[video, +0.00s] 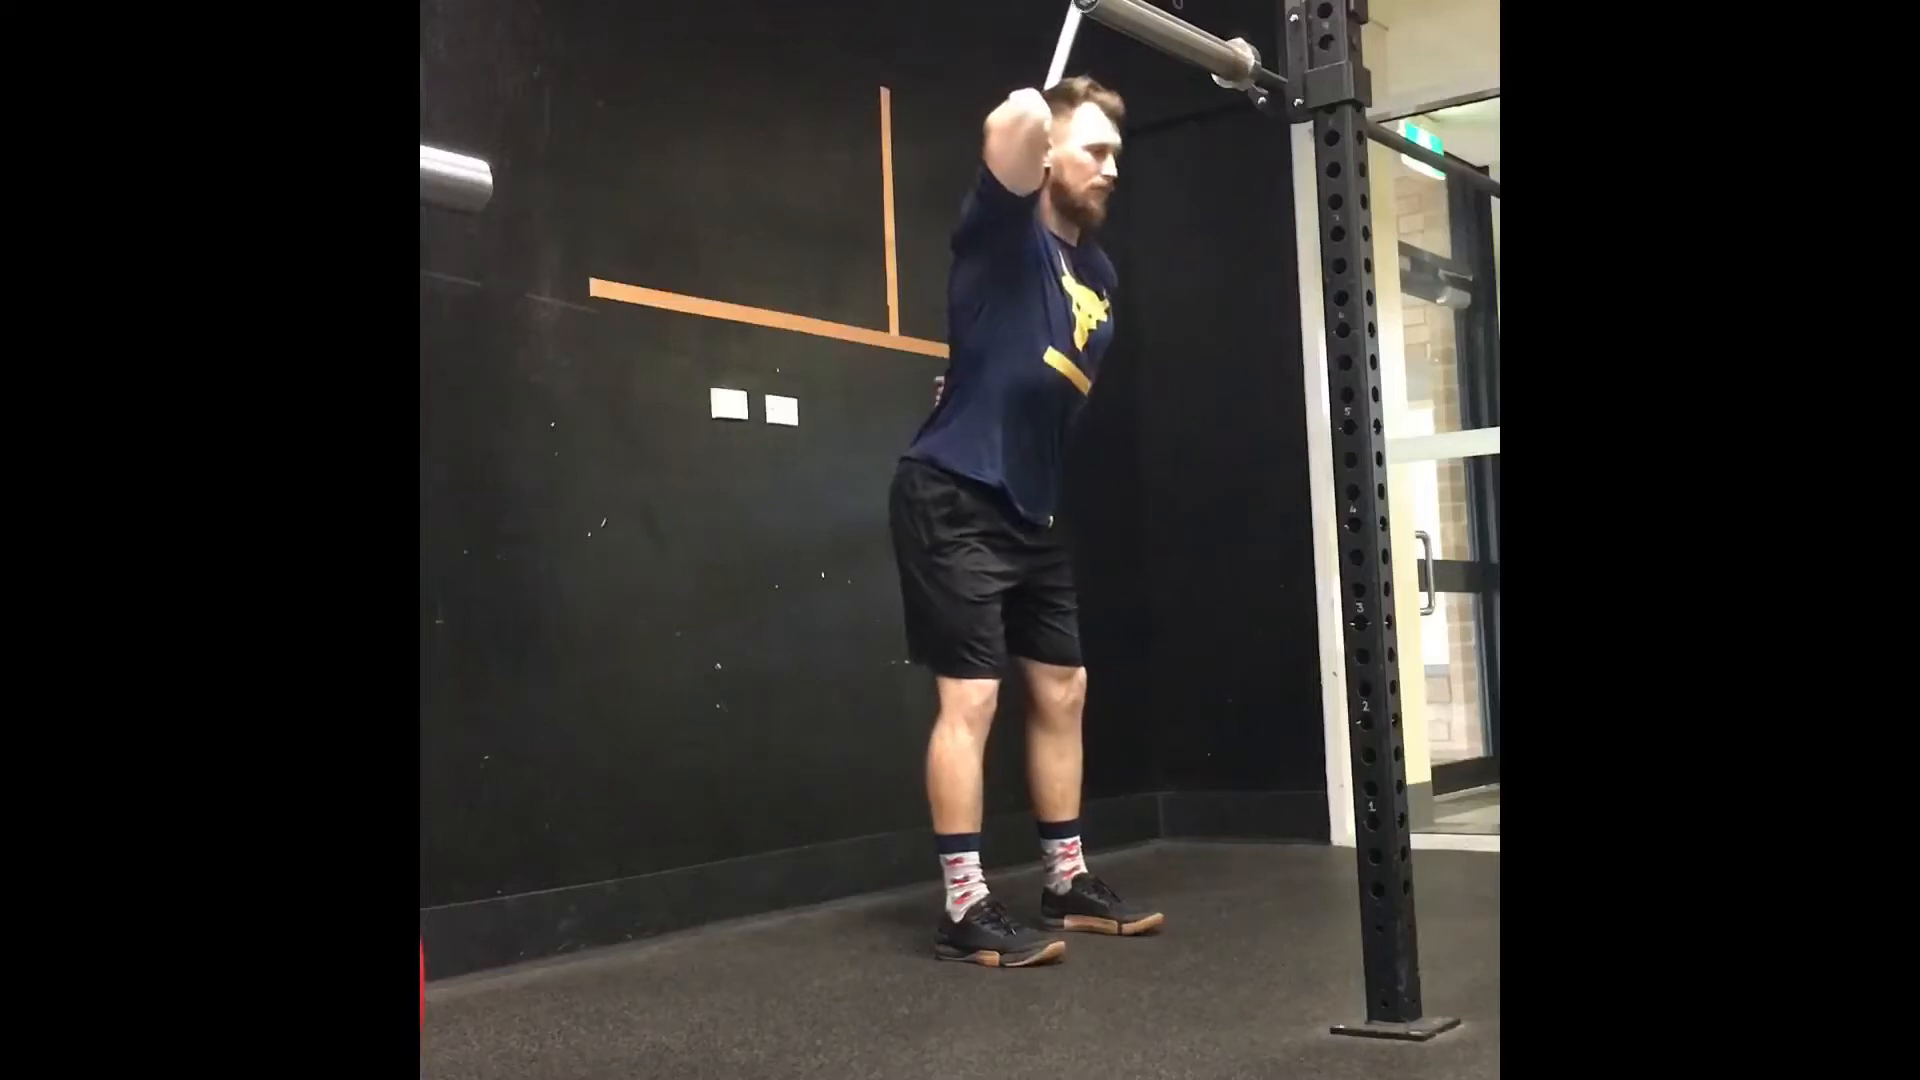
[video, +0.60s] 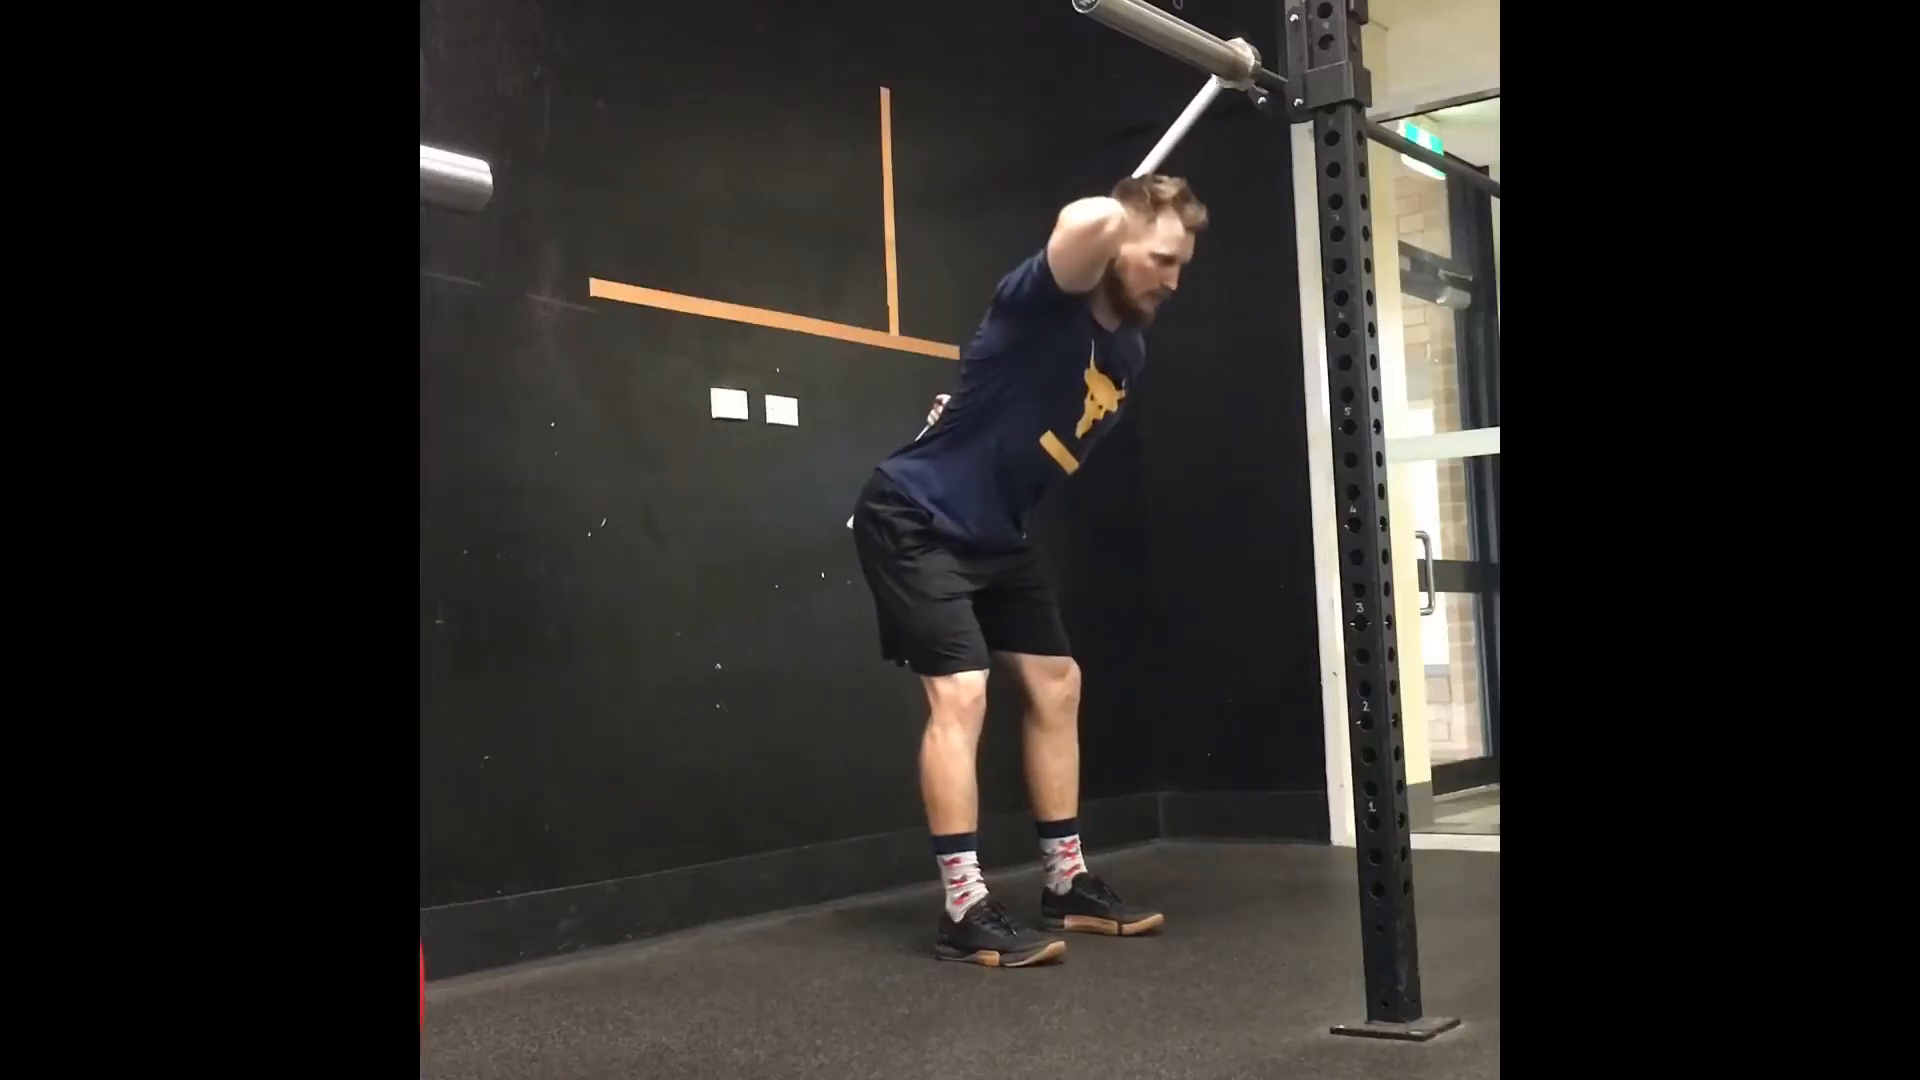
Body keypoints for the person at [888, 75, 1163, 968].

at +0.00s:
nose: (1110, 170)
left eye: (1115, 156)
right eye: (1094, 153)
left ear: (1114, 167)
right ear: (1045, 154)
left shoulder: (1099, 276)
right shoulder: (999, 233)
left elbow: (1060, 386)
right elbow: (1009, 125)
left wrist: (974, 405)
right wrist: (1047, 105)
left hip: (1032, 511)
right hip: (953, 496)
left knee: (1060, 688)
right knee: (970, 697)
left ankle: (1068, 881)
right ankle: (966, 908)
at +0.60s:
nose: (1171, 281)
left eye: (1181, 266)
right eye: (1160, 261)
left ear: (1184, 264)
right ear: (1115, 246)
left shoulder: (1124, 355)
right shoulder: (1045, 303)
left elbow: (1044, 416)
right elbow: (1080, 231)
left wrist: (966, 417)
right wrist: (1114, 212)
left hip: (996, 531)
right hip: (914, 515)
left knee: (1055, 684)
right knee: (958, 695)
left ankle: (1069, 885)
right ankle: (965, 911)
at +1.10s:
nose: (1167, 285)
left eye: (1176, 269)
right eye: (1156, 264)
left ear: (1178, 266)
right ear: (1110, 251)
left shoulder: (1118, 355)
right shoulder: (1038, 308)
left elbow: (1039, 408)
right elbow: (1069, 241)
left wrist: (964, 414)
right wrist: (1104, 221)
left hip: (991, 532)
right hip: (911, 516)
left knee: (1054, 682)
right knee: (957, 695)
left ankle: (1068, 887)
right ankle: (964, 911)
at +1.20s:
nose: (1151, 241)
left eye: (1159, 227)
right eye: (1140, 221)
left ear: (1158, 229)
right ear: (1093, 211)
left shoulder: (1115, 325)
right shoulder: (1027, 276)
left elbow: (1049, 394)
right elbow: (1054, 198)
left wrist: (972, 396)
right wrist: (1087, 177)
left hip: (1001, 526)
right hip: (922, 509)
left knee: (1057, 686)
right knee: (964, 693)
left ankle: (1068, 887)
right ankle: (965, 913)